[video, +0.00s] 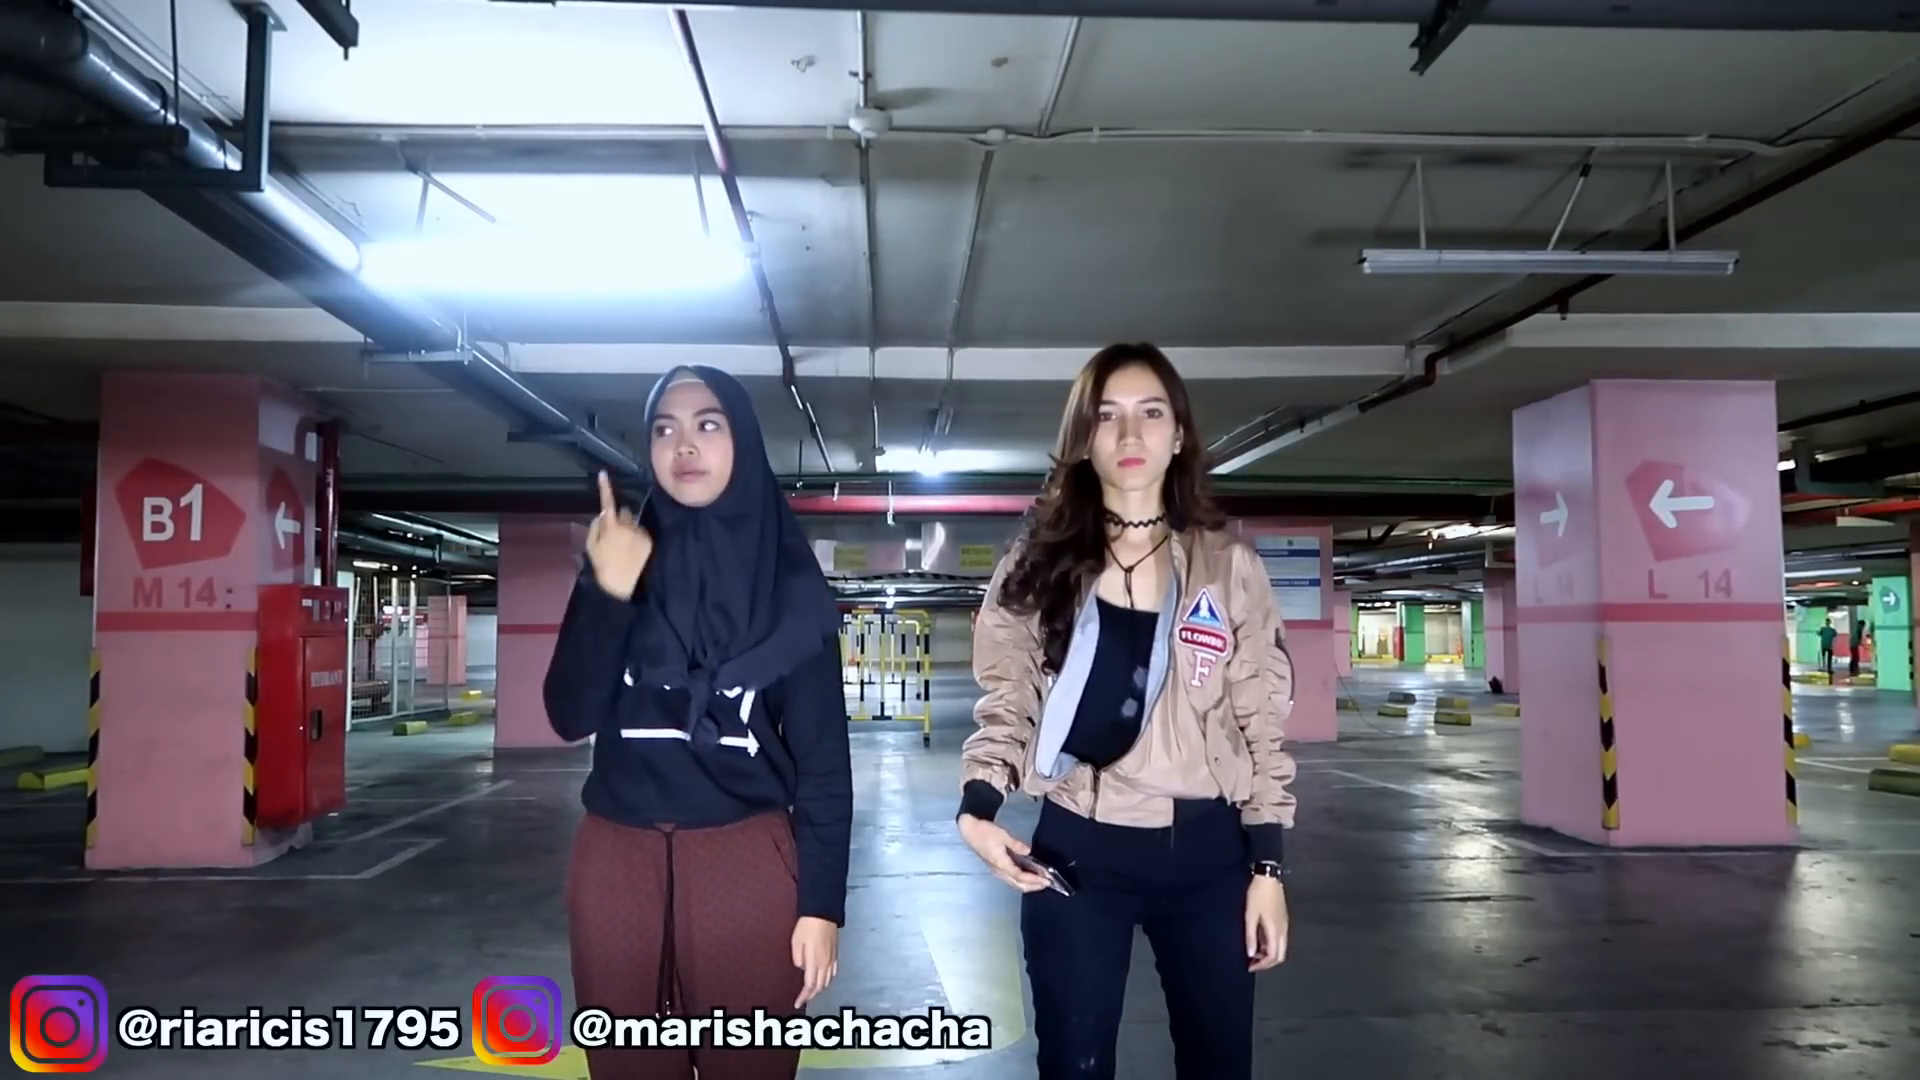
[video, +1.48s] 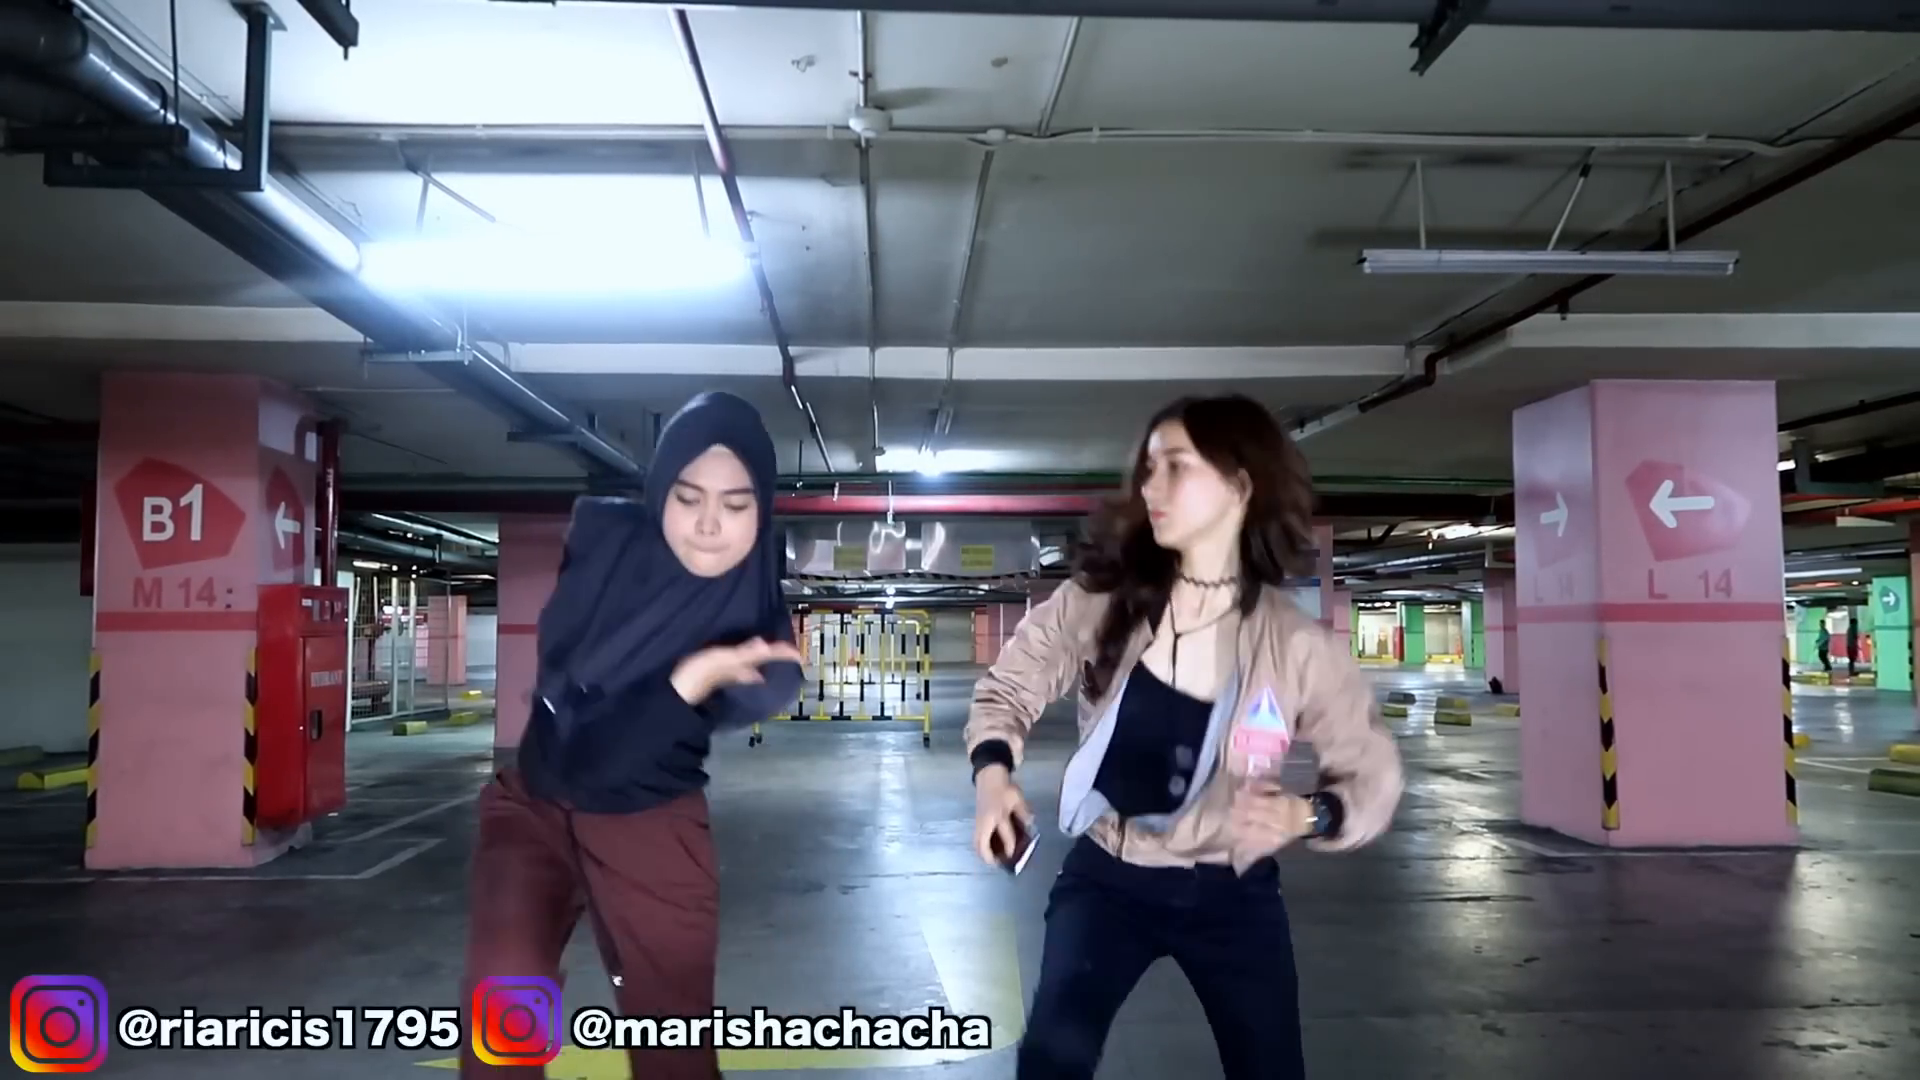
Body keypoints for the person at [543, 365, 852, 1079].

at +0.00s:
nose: (684, 444)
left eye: (708, 424)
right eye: (666, 427)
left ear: (744, 444)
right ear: (648, 451)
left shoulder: (785, 572)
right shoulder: (618, 558)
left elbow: (821, 752)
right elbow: (569, 717)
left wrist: (822, 904)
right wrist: (609, 591)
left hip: (746, 854)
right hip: (617, 852)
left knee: (747, 1065)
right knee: (622, 1064)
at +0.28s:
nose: (683, 442)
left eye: (707, 423)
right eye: (664, 425)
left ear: (741, 443)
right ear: (646, 449)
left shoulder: (782, 575)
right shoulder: (604, 571)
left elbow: (818, 747)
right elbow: (548, 715)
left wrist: (824, 901)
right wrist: (564, 834)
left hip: (747, 859)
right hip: (618, 861)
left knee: (748, 1064)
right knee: (624, 1065)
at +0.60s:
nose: (674, 444)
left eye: (697, 424)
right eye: (654, 426)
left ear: (730, 443)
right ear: (635, 447)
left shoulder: (772, 572)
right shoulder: (592, 565)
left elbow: (811, 747)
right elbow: (528, 686)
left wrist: (819, 899)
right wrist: (542, 804)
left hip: (740, 858)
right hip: (608, 861)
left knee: (746, 1063)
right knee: (622, 1065)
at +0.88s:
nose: (671, 444)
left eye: (694, 424)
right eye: (650, 426)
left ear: (726, 444)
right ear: (631, 449)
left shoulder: (768, 572)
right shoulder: (585, 563)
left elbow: (805, 746)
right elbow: (520, 684)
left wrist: (809, 897)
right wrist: (540, 801)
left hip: (734, 858)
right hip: (604, 861)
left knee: (738, 1064)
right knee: (615, 1065)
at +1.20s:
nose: (692, 479)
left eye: (714, 455)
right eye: (671, 456)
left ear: (747, 466)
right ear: (648, 465)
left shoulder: (773, 574)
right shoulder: (593, 552)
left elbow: (767, 763)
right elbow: (546, 687)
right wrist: (544, 809)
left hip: (725, 856)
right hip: (594, 854)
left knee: (736, 1066)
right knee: (606, 1066)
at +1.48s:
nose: (708, 524)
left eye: (734, 504)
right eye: (688, 497)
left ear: (763, 511)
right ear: (659, 494)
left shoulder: (754, 628)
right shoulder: (601, 533)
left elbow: (593, 758)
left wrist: (699, 675)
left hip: (651, 817)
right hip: (530, 799)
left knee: (677, 1054)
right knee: (498, 1033)